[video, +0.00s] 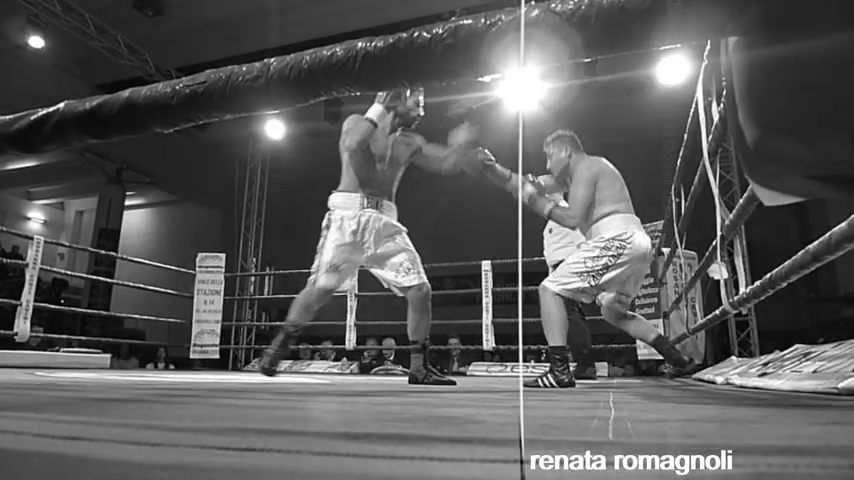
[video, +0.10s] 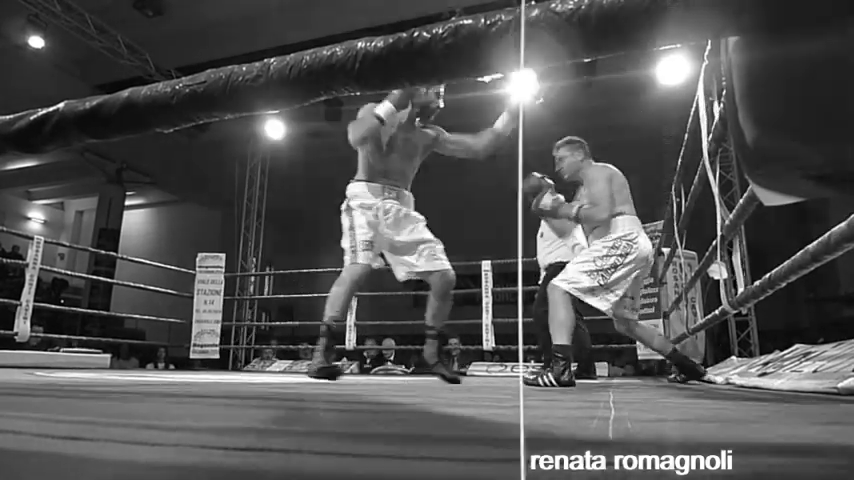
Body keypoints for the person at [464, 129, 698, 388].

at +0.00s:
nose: (547, 162)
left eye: (549, 154)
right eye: (546, 156)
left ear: (565, 150)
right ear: (568, 151)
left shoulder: (584, 167)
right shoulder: (592, 168)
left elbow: (575, 218)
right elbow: (534, 186)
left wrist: (538, 203)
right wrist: (491, 167)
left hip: (617, 240)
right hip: (639, 243)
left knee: (549, 289)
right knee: (613, 311)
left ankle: (559, 370)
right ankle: (676, 357)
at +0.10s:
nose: (557, 166)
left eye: (561, 159)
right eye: (555, 161)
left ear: (579, 155)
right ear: (578, 159)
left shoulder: (598, 172)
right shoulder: (583, 190)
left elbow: (601, 213)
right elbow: (565, 227)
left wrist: (568, 211)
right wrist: (548, 208)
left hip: (623, 241)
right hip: (637, 246)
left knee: (558, 288)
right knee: (624, 322)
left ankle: (560, 368)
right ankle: (687, 365)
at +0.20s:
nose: (571, 163)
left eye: (575, 156)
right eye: (570, 158)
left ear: (594, 154)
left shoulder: (607, 170)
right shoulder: (597, 190)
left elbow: (618, 204)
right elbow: (590, 237)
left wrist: (576, 196)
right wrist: (569, 211)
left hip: (625, 241)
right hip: (641, 246)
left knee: (572, 292)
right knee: (631, 318)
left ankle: (562, 367)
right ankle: (690, 367)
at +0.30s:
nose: (587, 157)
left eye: (590, 151)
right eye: (585, 154)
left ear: (608, 148)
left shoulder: (617, 163)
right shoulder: (601, 186)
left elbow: (624, 188)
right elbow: (598, 229)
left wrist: (585, 174)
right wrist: (578, 197)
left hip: (626, 233)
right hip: (639, 239)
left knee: (586, 292)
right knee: (641, 311)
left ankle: (586, 368)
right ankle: (693, 367)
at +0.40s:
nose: (585, 157)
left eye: (589, 151)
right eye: (583, 154)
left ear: (606, 147)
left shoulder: (615, 160)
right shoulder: (601, 189)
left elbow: (625, 186)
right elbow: (585, 220)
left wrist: (588, 175)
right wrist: (571, 189)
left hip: (627, 232)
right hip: (639, 236)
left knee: (586, 290)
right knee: (640, 308)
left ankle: (610, 362)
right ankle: (691, 363)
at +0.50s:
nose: (579, 171)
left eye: (582, 164)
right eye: (576, 168)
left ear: (596, 159)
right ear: (576, 172)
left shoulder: (608, 168)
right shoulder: (593, 193)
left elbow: (622, 192)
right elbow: (588, 226)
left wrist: (579, 199)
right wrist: (567, 194)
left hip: (630, 235)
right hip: (652, 238)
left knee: (591, 295)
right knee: (638, 309)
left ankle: (616, 364)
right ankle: (686, 357)